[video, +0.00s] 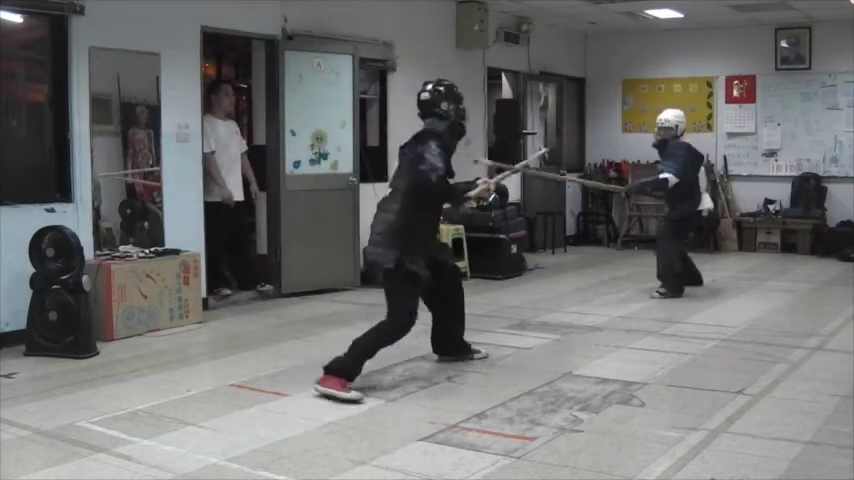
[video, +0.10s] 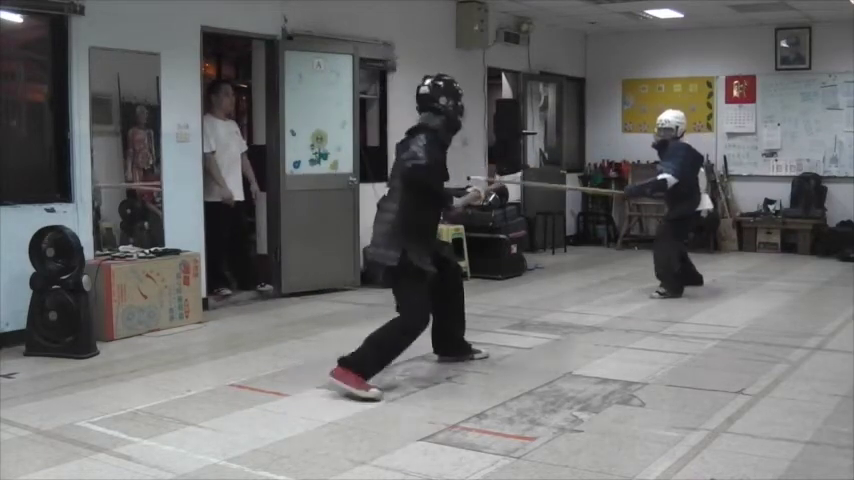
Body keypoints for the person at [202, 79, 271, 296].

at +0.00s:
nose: (232, 99)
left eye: (232, 95)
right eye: (227, 95)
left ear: (231, 99)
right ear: (214, 98)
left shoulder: (232, 125)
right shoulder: (206, 123)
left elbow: (243, 156)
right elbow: (207, 158)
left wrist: (252, 183)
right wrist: (222, 187)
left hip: (237, 196)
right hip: (214, 198)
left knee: (241, 241)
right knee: (217, 244)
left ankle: (249, 280)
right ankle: (217, 285)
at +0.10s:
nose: (232, 99)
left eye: (232, 95)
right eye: (227, 95)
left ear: (231, 99)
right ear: (214, 98)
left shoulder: (232, 125)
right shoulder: (206, 123)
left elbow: (243, 156)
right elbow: (208, 159)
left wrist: (253, 182)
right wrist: (223, 188)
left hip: (237, 196)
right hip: (214, 197)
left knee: (241, 240)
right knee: (216, 243)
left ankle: (250, 280)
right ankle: (217, 284)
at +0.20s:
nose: (232, 99)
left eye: (232, 95)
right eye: (227, 95)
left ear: (232, 99)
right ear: (215, 98)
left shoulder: (233, 125)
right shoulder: (207, 123)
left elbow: (243, 156)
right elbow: (208, 158)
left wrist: (253, 181)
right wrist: (222, 187)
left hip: (237, 195)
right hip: (215, 197)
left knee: (241, 241)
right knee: (216, 244)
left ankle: (250, 280)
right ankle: (216, 285)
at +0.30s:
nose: (232, 99)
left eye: (232, 95)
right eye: (227, 95)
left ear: (232, 99)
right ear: (215, 98)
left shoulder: (233, 125)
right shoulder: (207, 123)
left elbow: (243, 156)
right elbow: (208, 158)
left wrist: (253, 181)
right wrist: (220, 186)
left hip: (237, 195)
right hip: (215, 197)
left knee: (242, 240)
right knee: (216, 243)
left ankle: (252, 280)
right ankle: (217, 285)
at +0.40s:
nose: (232, 99)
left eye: (232, 95)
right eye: (227, 95)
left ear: (232, 99)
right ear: (215, 98)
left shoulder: (233, 125)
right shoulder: (207, 123)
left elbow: (243, 156)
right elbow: (207, 158)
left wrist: (253, 182)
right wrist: (217, 188)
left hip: (237, 195)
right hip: (215, 197)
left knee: (241, 241)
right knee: (217, 244)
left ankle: (251, 280)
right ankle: (217, 285)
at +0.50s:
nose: (232, 99)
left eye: (232, 95)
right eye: (227, 95)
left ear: (232, 99)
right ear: (215, 98)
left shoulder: (233, 125)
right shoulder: (207, 123)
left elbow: (243, 156)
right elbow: (207, 158)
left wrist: (252, 183)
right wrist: (216, 188)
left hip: (237, 196)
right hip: (216, 197)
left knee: (242, 242)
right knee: (216, 244)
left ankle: (251, 281)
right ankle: (217, 285)